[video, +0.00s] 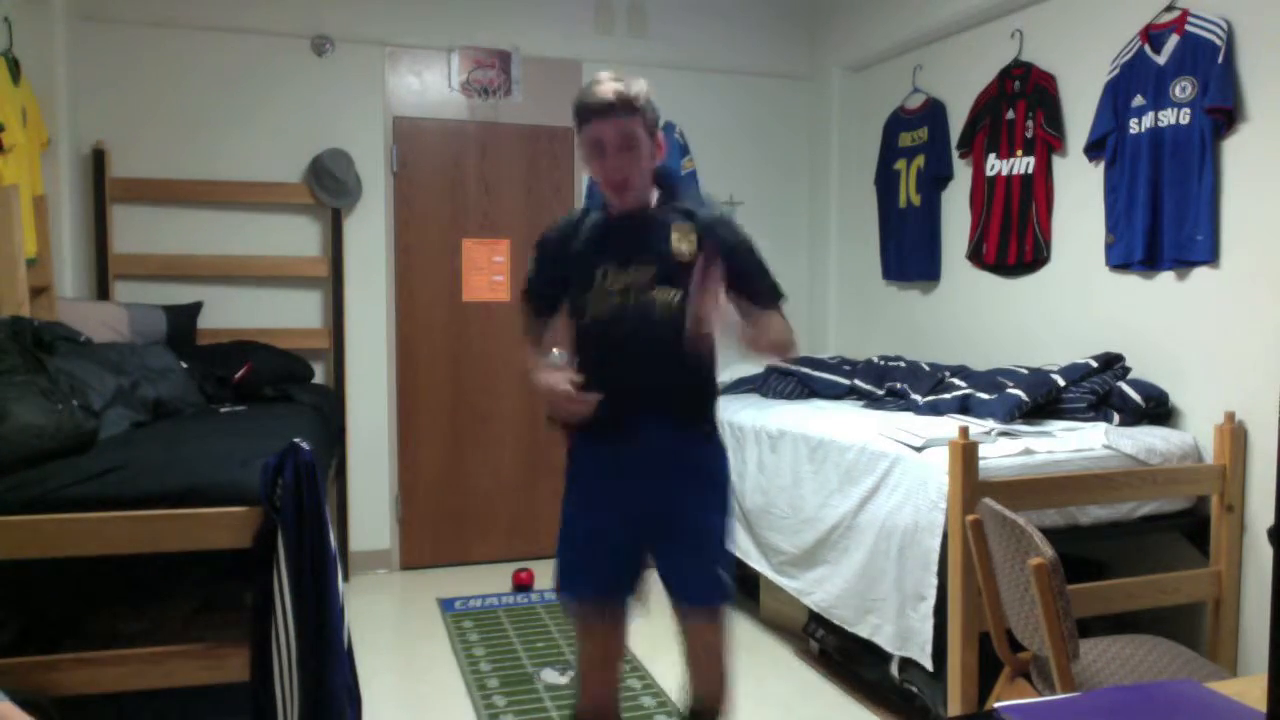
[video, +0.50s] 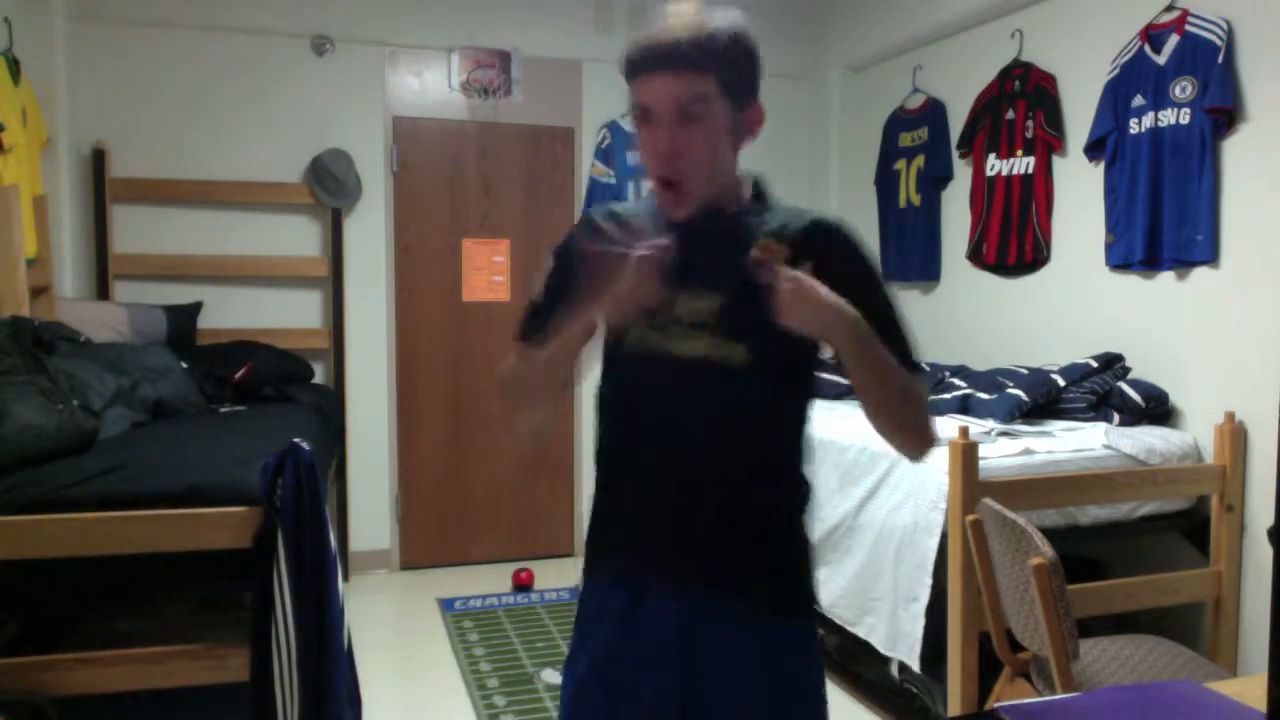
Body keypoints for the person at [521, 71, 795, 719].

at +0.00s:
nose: (614, 164)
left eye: (627, 146)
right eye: (599, 150)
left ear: (656, 146)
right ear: (583, 156)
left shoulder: (708, 235)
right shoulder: (565, 244)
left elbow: (780, 343)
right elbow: (539, 342)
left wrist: (734, 306)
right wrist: (547, 377)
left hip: (687, 460)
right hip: (599, 459)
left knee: (703, 629)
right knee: (595, 631)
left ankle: (706, 714)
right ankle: (596, 714)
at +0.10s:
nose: (611, 210)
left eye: (627, 191)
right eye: (595, 194)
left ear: (660, 194)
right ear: (577, 201)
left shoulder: (714, 286)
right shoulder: (558, 300)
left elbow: (789, 392)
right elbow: (518, 424)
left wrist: (741, 391)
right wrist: (557, 385)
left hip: (701, 536)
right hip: (601, 541)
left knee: (734, 706)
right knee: (596, 707)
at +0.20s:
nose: (621, 215)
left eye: (638, 193)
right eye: (604, 197)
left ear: (676, 194)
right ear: (587, 205)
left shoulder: (726, 289)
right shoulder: (566, 301)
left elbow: (792, 402)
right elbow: (520, 426)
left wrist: (759, 373)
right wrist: (556, 376)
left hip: (710, 563)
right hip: (606, 566)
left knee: (740, 711)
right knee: (590, 710)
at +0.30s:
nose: (658, 174)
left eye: (678, 150)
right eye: (641, 152)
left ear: (718, 157)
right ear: (619, 160)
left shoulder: (770, 269)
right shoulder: (585, 274)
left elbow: (843, 412)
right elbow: (520, 419)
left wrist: (794, 348)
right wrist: (589, 351)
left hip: (744, 581)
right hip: (622, 581)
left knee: (759, 711)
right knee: (600, 711)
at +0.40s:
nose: (672, 165)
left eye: (695, 139)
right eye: (653, 141)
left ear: (736, 148)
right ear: (633, 150)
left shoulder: (786, 268)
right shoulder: (602, 266)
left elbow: (879, 429)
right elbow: (523, 423)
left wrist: (812, 334)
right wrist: (589, 326)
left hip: (758, 596)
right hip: (628, 591)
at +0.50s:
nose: (664, 144)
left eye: (692, 115)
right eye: (646, 118)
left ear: (749, 124)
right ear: (631, 125)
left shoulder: (811, 248)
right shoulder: (607, 241)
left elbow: (914, 434)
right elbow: (520, 405)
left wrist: (841, 327)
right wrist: (597, 310)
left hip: (758, 602)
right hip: (625, 591)